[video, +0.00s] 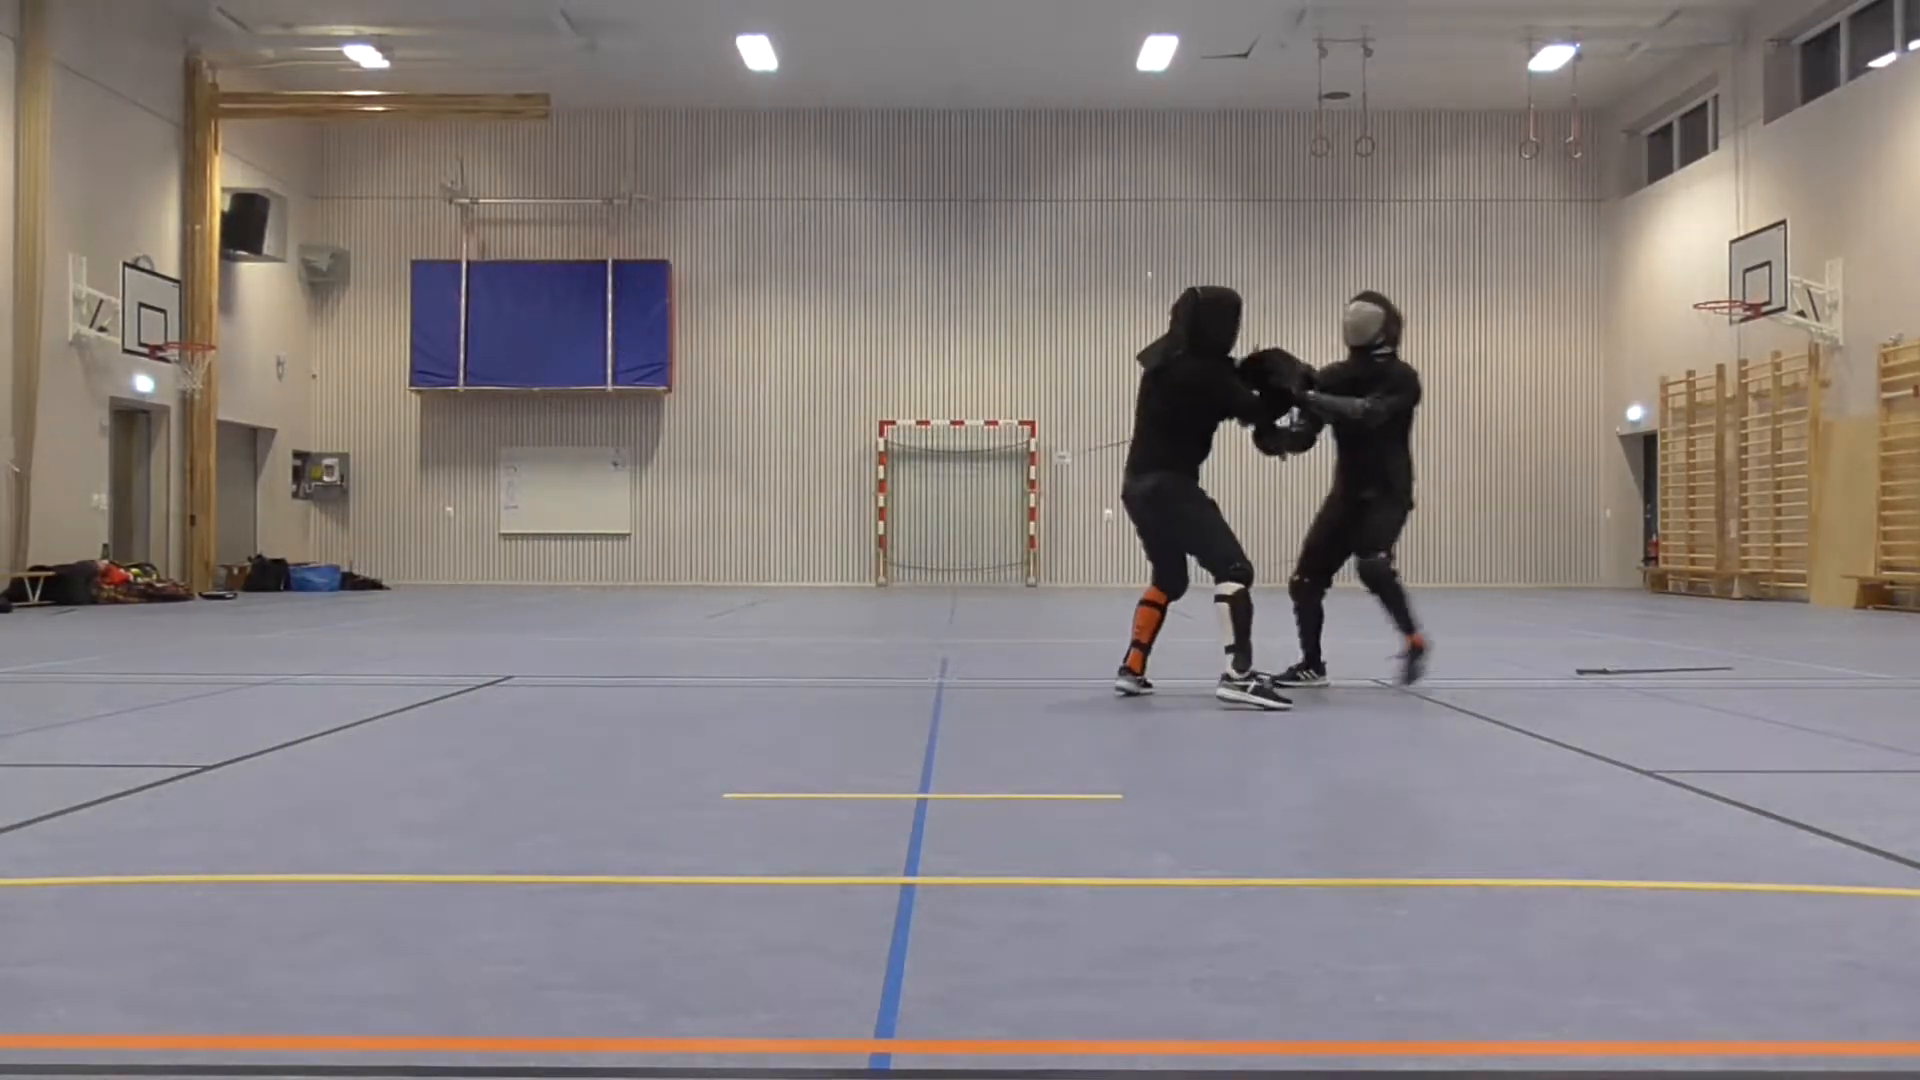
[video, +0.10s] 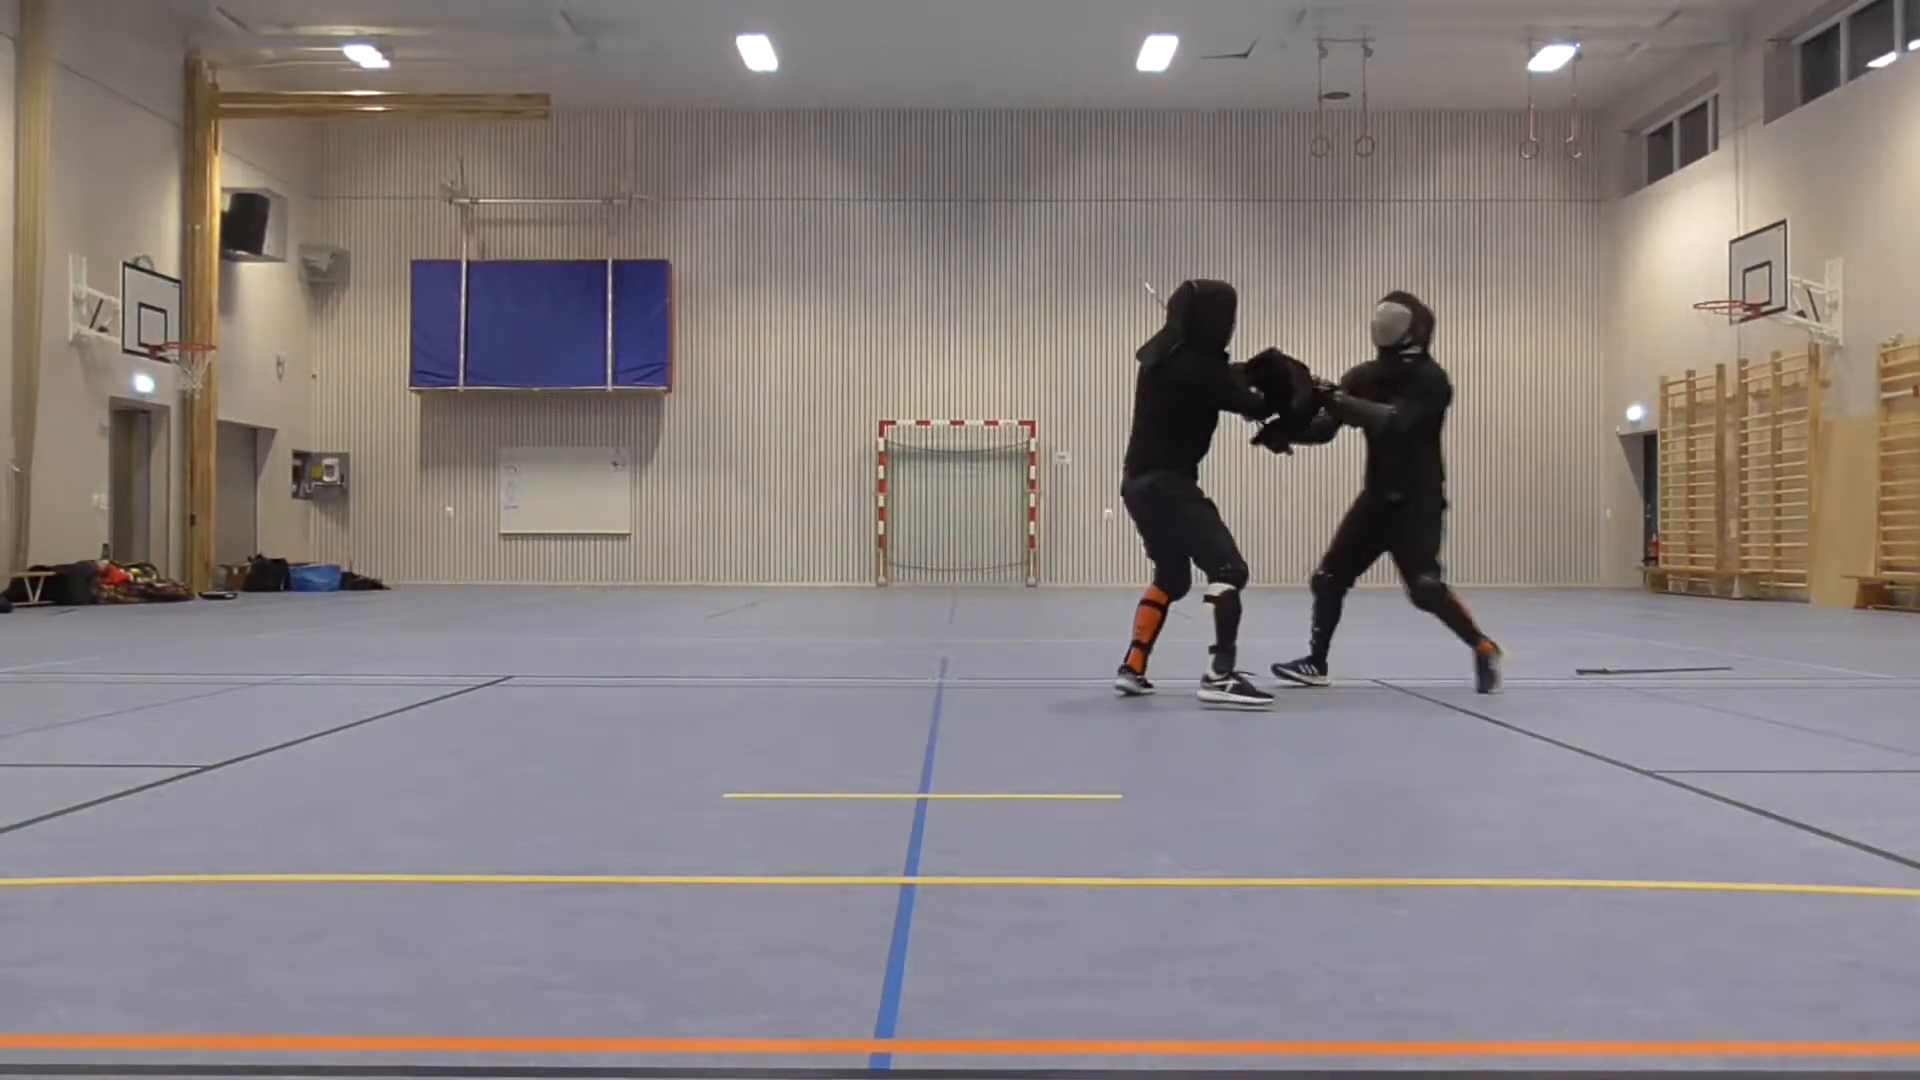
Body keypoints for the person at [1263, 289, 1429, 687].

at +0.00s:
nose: (1351, 332)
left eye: (1360, 325)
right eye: (1349, 325)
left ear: (1381, 332)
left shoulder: (1403, 379)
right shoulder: (1331, 377)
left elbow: (1370, 412)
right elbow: (1304, 432)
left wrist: (1309, 398)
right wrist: (1273, 437)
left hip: (1390, 495)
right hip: (1347, 494)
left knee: (1371, 564)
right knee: (1306, 584)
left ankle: (1414, 641)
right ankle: (1312, 664)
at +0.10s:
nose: (1380, 336)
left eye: (1388, 329)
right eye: (1378, 329)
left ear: (1409, 333)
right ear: (1380, 332)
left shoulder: (1431, 380)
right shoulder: (1364, 376)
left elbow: (1395, 419)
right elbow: (1325, 426)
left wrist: (1336, 399)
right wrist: (1286, 427)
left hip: (1419, 501)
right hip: (1377, 499)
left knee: (1424, 590)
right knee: (1328, 582)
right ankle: (1316, 662)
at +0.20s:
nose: (1405, 345)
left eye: (1414, 337)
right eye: (1403, 337)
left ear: (1437, 341)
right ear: (1404, 338)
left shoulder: (1460, 386)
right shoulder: (1391, 381)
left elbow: (1422, 431)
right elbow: (1343, 426)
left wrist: (1366, 404)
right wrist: (1304, 422)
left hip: (1456, 509)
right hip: (1410, 506)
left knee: (1463, 597)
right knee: (1361, 584)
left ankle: (1501, 668)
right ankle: (1325, 659)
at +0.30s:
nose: (1423, 344)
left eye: (1433, 336)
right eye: (1420, 336)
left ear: (1458, 338)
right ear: (1415, 335)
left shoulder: (1484, 383)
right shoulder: (1408, 383)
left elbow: (1475, 441)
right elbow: (1369, 429)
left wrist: (1411, 418)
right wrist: (1328, 443)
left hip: (1478, 503)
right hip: (1430, 500)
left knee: (1478, 589)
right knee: (1389, 584)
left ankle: (1503, 666)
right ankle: (1373, 661)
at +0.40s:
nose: (1440, 334)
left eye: (1451, 326)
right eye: (1437, 325)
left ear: (1477, 330)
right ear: (1432, 326)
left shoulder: (1504, 379)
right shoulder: (1421, 379)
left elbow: (1513, 440)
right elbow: (1385, 428)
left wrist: (1458, 432)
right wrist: (1351, 446)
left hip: (1489, 503)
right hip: (1436, 501)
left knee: (1489, 585)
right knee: (1402, 584)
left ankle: (1504, 666)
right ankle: (1380, 660)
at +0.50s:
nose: (1449, 332)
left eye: (1460, 323)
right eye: (1445, 323)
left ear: (1485, 327)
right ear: (1440, 325)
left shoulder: (1515, 378)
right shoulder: (1432, 376)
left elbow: (1535, 442)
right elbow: (1397, 423)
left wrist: (1497, 440)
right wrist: (1361, 446)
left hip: (1494, 501)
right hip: (1443, 498)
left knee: (1491, 586)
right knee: (1404, 579)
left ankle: (1504, 665)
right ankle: (1386, 655)